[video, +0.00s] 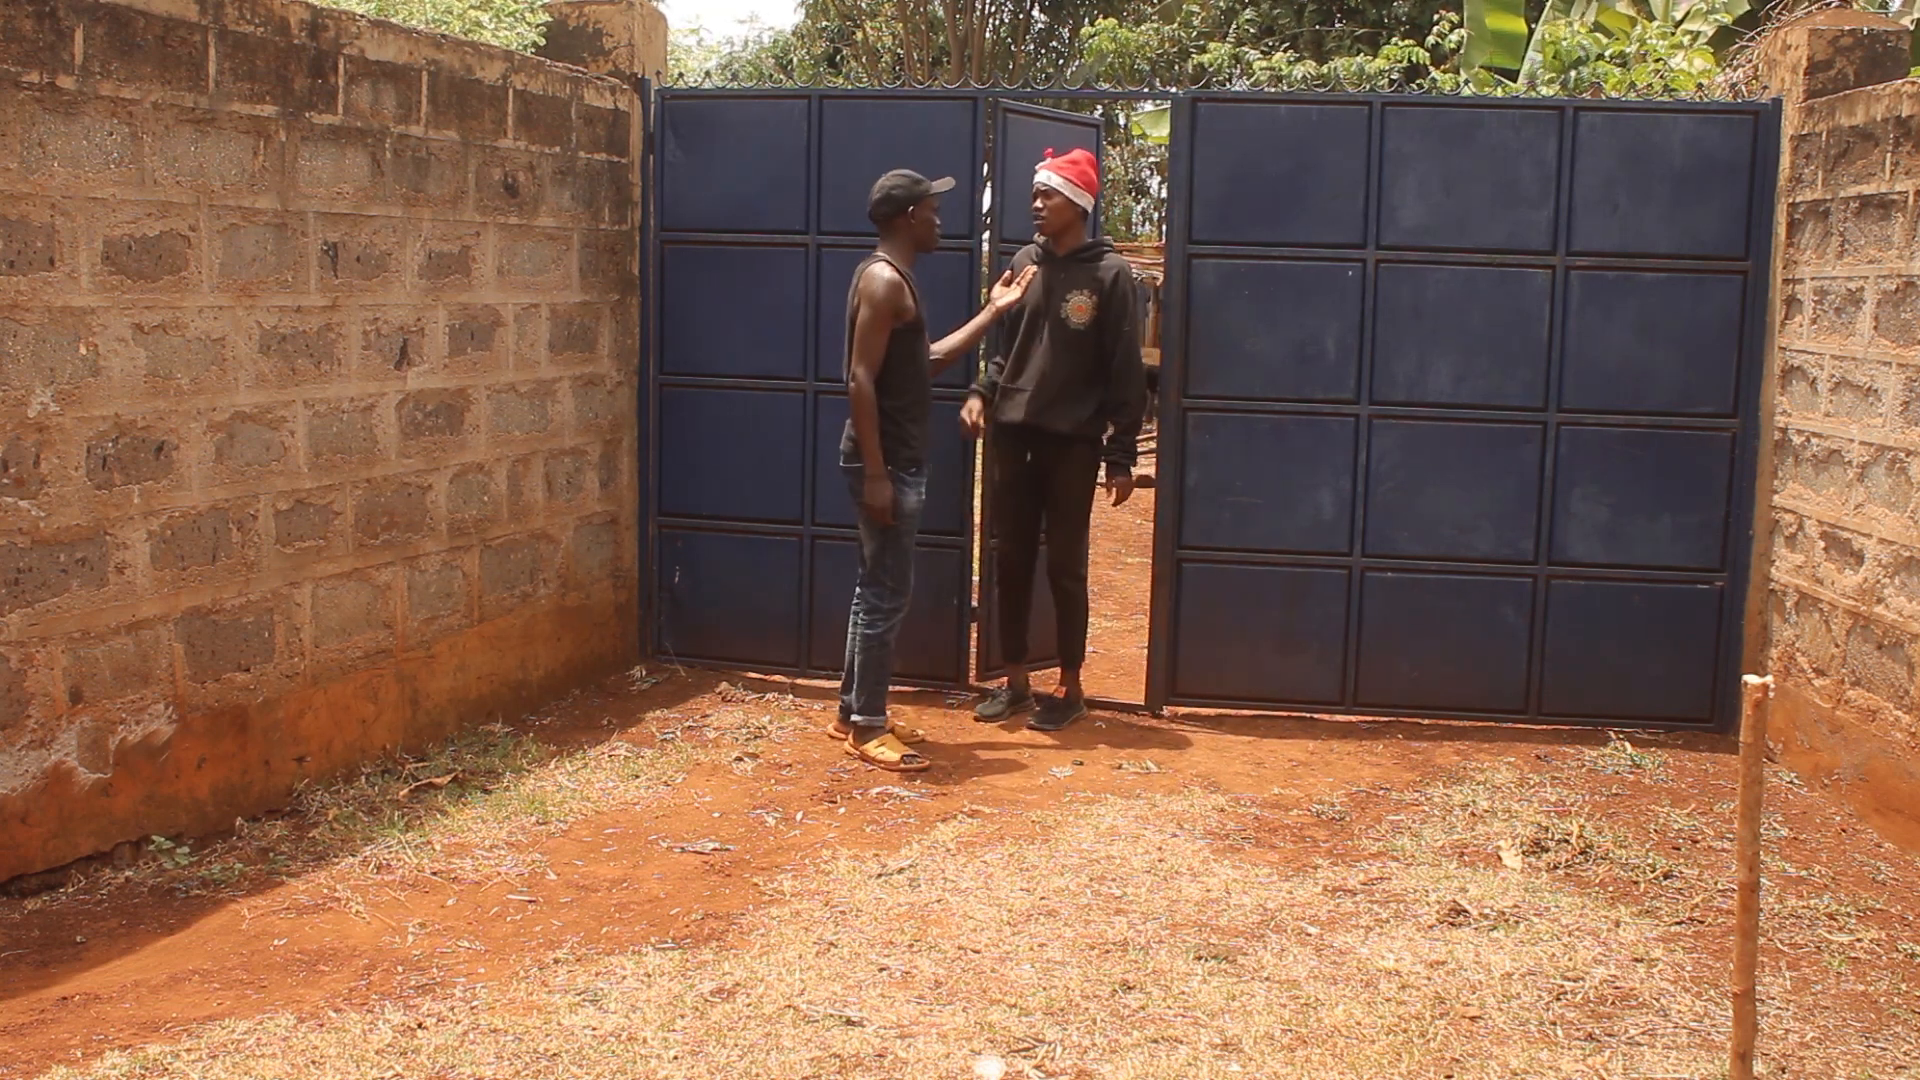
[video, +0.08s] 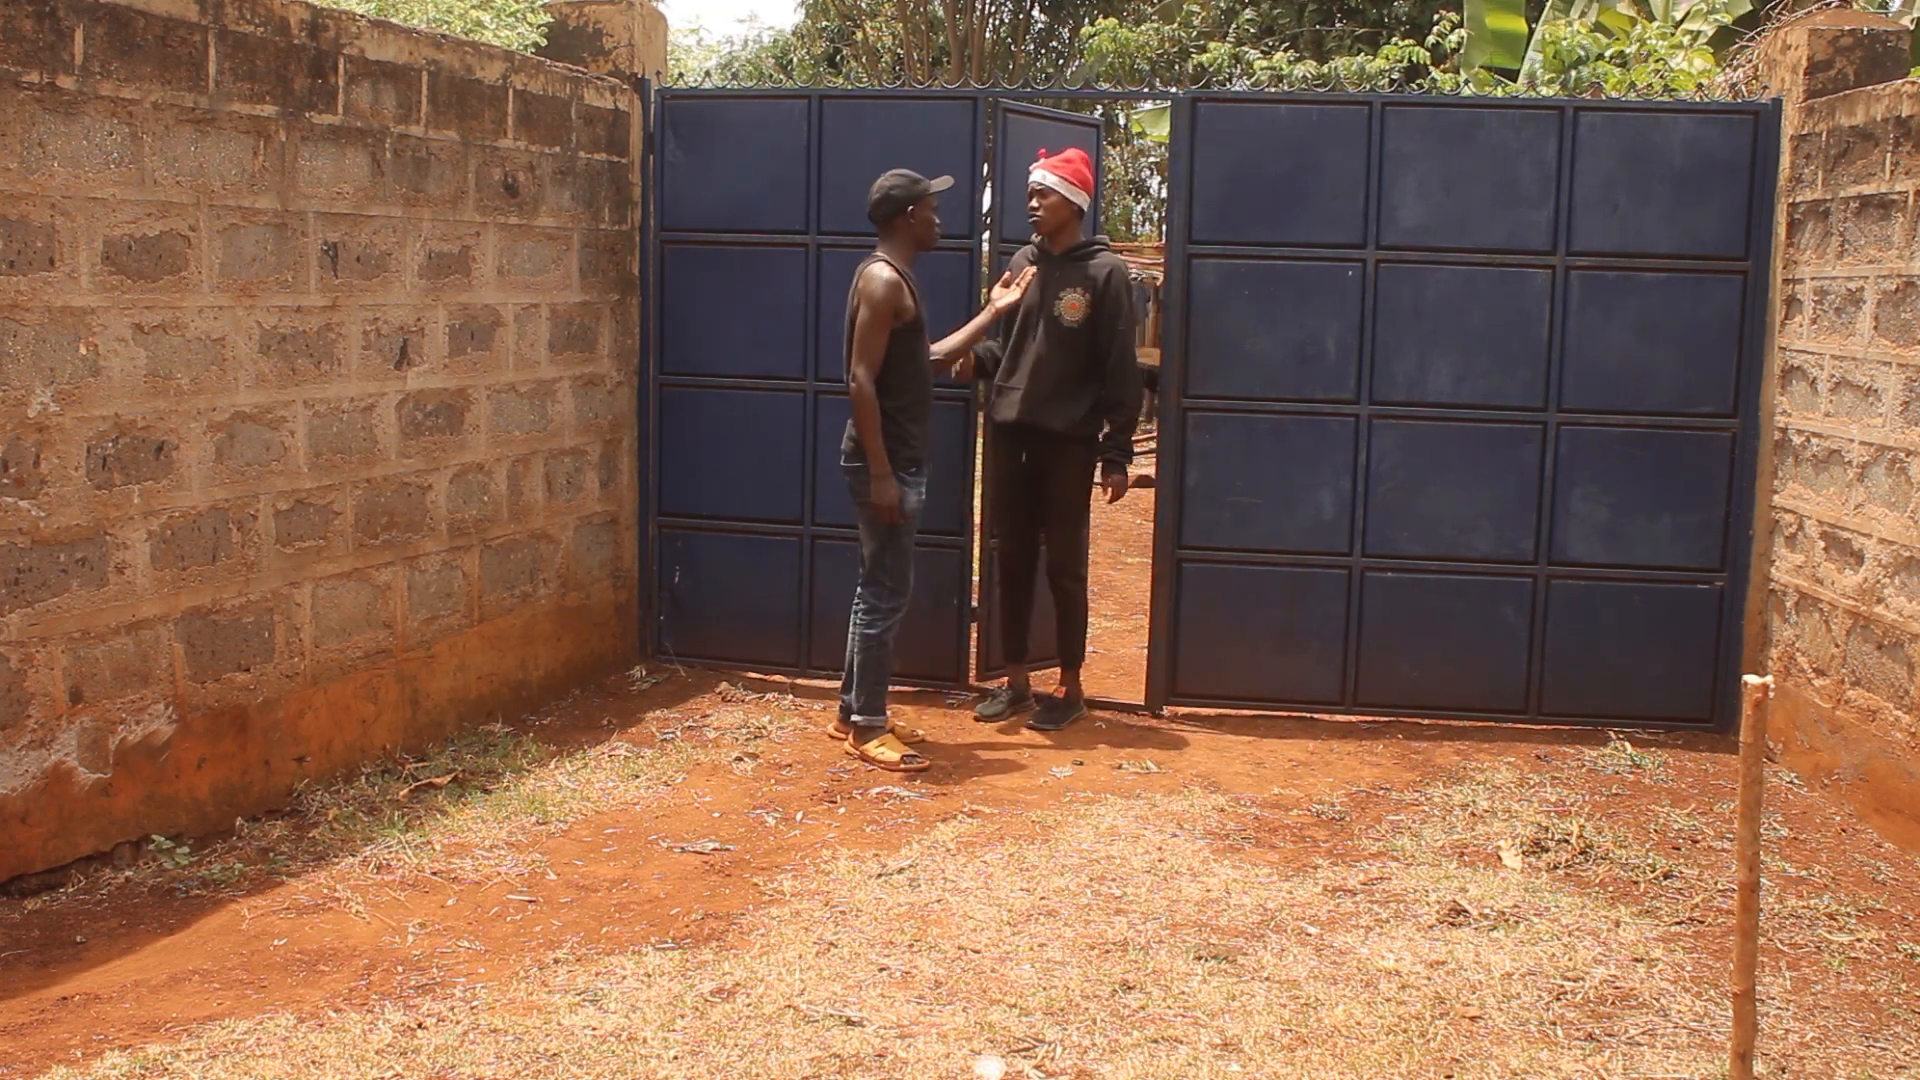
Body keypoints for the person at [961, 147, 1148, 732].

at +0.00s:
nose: (1036, 204)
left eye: (1048, 195)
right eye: (1036, 195)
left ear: (1081, 204)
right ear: (1038, 202)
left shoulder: (1114, 274)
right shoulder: (1023, 266)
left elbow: (1129, 369)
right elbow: (1000, 341)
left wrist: (1121, 454)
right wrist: (979, 392)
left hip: (1072, 440)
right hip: (1010, 435)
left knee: (1065, 565)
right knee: (1009, 560)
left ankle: (1069, 688)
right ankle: (1014, 683)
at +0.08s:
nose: (1032, 204)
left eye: (1044, 195)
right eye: (1031, 195)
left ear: (1075, 203)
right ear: (1036, 202)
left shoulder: (1107, 271)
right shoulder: (1021, 266)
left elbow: (1124, 369)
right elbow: (1002, 345)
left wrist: (1118, 453)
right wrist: (970, 358)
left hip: (1068, 438)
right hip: (1007, 433)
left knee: (1065, 564)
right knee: (1010, 558)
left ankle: (1069, 687)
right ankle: (1014, 681)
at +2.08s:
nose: (1098, 221)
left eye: (1111, 215)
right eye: (1096, 212)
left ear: (1138, 226)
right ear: (1092, 219)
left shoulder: (1145, 281)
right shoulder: (1084, 268)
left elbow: (1186, 364)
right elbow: (1040, 332)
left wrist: (1195, 452)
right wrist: (990, 386)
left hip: (1121, 438)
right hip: (1073, 432)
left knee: (1080, 557)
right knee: (1051, 556)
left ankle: (1070, 693)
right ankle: (1109, 657)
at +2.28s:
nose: (1093, 232)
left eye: (1104, 225)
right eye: (1089, 223)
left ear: (1131, 233)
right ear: (1087, 229)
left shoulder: (1136, 284)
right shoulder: (1089, 282)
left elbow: (1182, 364)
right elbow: (1050, 345)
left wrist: (1191, 455)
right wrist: (1001, 391)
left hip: (1120, 444)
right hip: (1095, 442)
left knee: (1069, 555)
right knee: (1112, 565)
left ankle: (1069, 689)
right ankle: (1131, 678)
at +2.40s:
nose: (1095, 239)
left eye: (1106, 231)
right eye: (1090, 229)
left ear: (1132, 238)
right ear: (1087, 235)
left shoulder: (1138, 289)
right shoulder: (1092, 289)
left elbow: (1183, 366)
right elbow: (1052, 355)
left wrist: (1190, 458)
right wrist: (1005, 395)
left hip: (1125, 448)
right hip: (1105, 446)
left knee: (1074, 554)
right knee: (1128, 569)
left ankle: (1070, 690)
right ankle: (1138, 676)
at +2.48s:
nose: (1095, 240)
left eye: (1107, 232)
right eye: (1091, 230)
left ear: (1133, 240)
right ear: (1088, 236)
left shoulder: (1139, 290)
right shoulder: (1093, 291)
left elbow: (1182, 369)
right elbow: (1053, 361)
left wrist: (1189, 459)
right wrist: (1006, 397)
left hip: (1128, 449)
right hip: (1105, 447)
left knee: (1079, 555)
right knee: (1133, 568)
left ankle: (1071, 689)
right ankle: (1140, 675)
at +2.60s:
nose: (1097, 240)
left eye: (1108, 232)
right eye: (1093, 231)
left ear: (1135, 239)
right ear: (1090, 235)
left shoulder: (1141, 290)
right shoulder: (1096, 290)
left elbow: (1183, 369)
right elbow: (1058, 349)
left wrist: (1189, 459)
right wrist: (1007, 394)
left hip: (1132, 450)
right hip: (1109, 448)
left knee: (1088, 558)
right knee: (1131, 568)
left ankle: (1072, 690)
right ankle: (1139, 676)